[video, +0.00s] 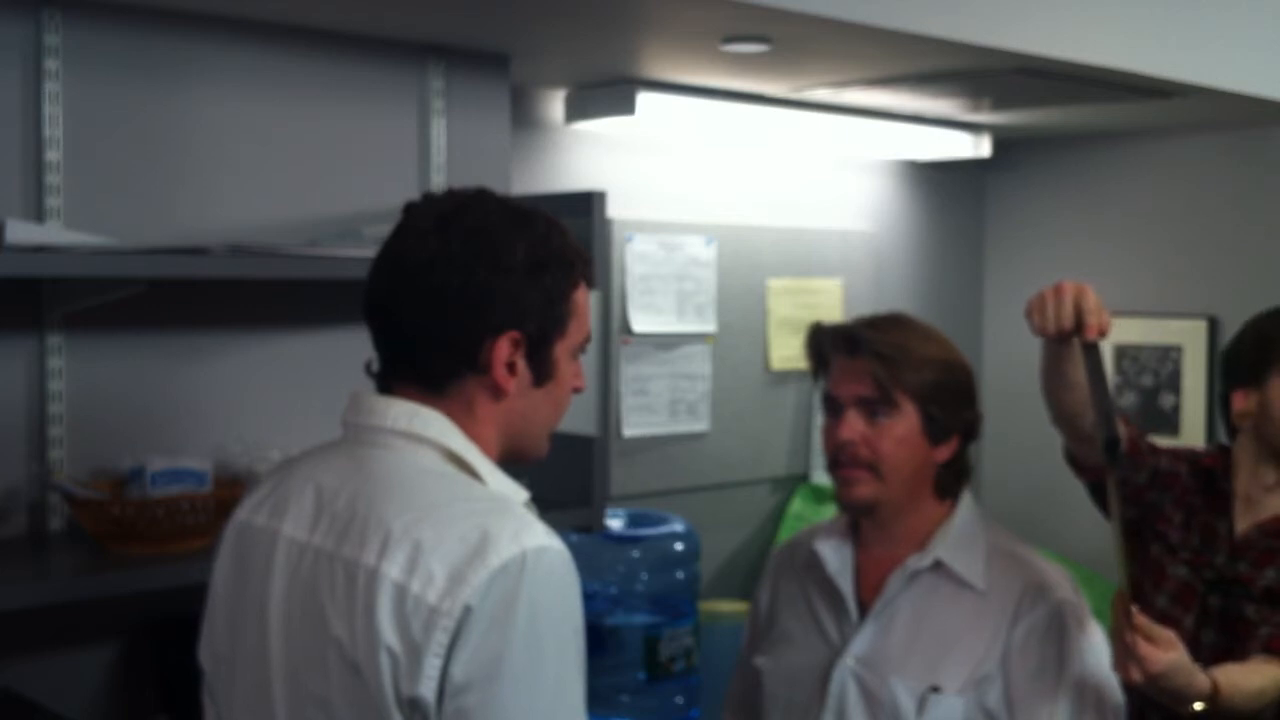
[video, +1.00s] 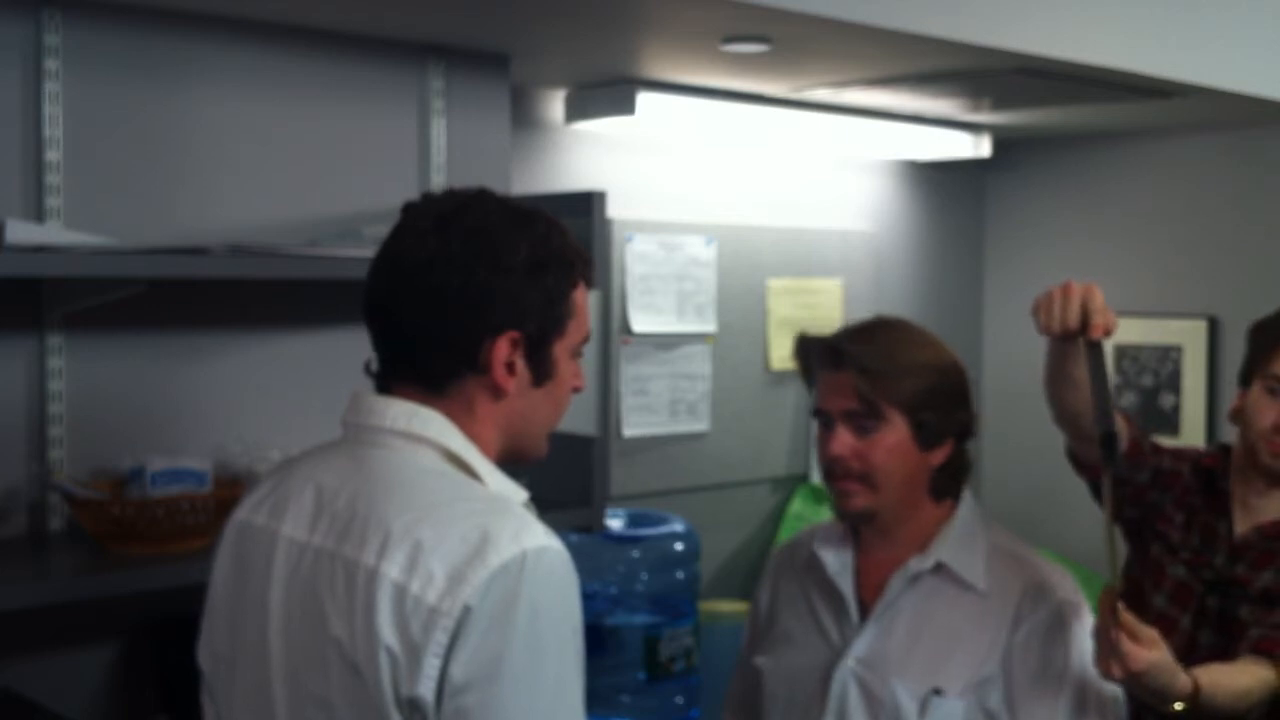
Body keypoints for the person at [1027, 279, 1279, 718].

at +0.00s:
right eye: (1276, 381)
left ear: (1246, 401)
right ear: (1243, 400)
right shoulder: (1167, 484)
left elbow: (1272, 670)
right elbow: (1085, 428)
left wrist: (1204, 687)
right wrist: (1064, 337)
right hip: (1147, 704)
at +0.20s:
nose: (1279, 403)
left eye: (1279, 387)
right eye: (1275, 384)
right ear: (1236, 402)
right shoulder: (1168, 484)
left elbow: (1272, 670)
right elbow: (1086, 429)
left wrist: (1204, 687)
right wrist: (1066, 337)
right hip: (1147, 705)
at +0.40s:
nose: (1278, 414)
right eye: (1270, 388)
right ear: (1236, 401)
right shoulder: (1169, 483)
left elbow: (1272, 672)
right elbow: (1087, 427)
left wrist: (1198, 688)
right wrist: (1067, 338)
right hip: (1145, 705)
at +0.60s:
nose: (1279, 415)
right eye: (1272, 390)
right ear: (1237, 402)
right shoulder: (1172, 483)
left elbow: (1269, 672)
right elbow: (1087, 426)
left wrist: (1189, 687)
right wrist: (1068, 336)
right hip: (1141, 707)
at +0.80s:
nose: (1279, 416)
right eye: (1273, 390)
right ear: (1238, 401)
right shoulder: (1173, 483)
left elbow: (1268, 671)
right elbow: (1086, 427)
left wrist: (1185, 686)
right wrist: (1068, 337)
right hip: (1140, 707)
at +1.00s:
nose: (1279, 416)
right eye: (1273, 391)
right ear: (1238, 402)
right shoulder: (1174, 483)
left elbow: (1266, 673)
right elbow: (1087, 427)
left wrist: (1182, 686)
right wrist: (1069, 339)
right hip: (1132, 704)